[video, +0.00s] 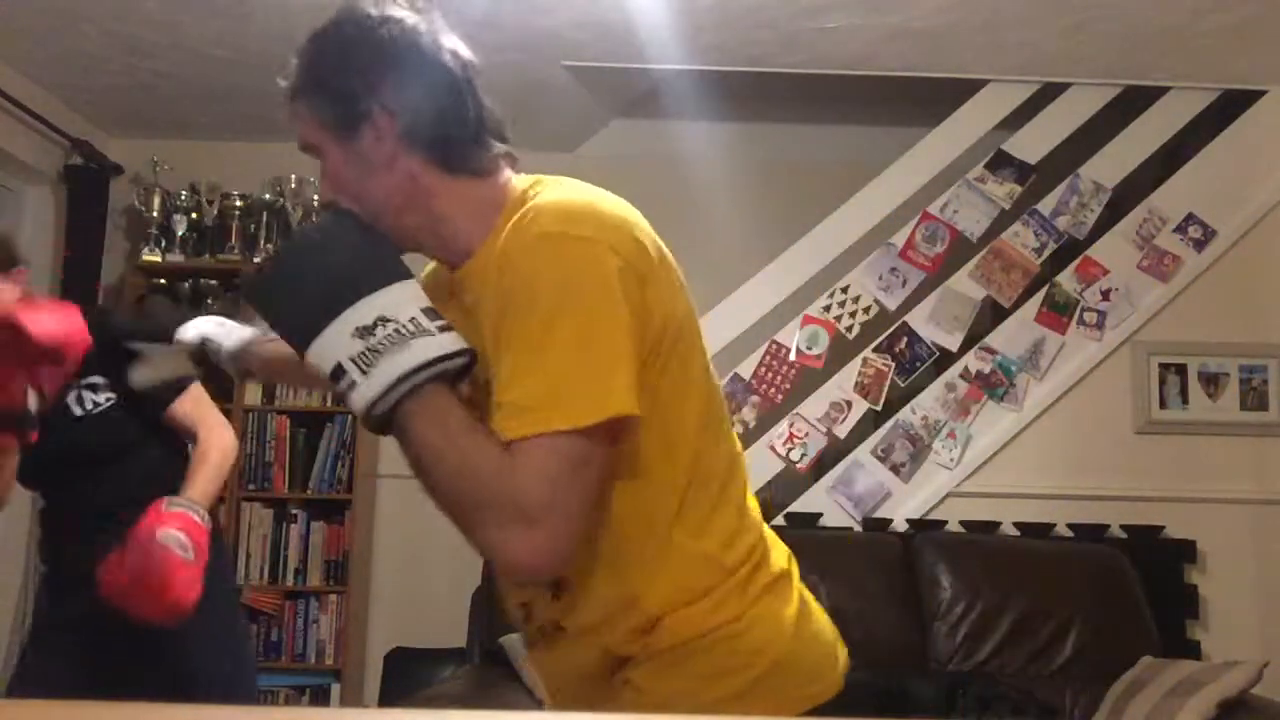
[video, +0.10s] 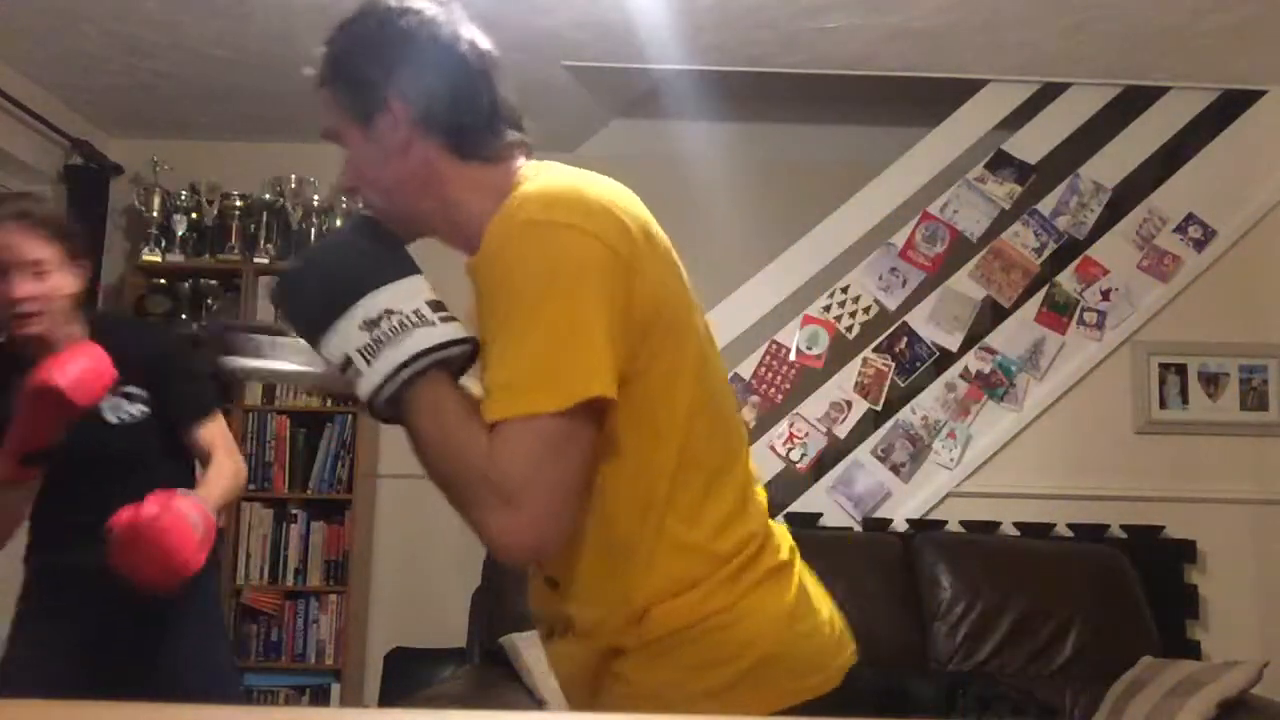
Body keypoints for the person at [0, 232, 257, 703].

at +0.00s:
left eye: (1, 286)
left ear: (19, 280)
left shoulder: (108, 340)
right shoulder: (13, 379)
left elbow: (218, 435)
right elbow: (5, 493)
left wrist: (186, 518)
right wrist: (14, 406)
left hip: (172, 559)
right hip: (72, 578)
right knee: (44, 705)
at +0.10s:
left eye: (37, 271)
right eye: (6, 274)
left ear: (79, 274)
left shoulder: (149, 350)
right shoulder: (9, 376)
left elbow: (229, 461)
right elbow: (3, 530)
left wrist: (194, 510)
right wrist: (28, 438)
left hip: (170, 613)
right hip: (59, 613)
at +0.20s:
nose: (85, 277)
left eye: (103, 256)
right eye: (65, 256)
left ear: (130, 265)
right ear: (33, 262)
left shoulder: (171, 347)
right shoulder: (15, 346)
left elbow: (221, 467)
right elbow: (5, 517)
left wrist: (203, 498)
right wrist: (45, 451)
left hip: (172, 604)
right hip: (55, 607)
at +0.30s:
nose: (110, 266)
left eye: (128, 246)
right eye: (90, 245)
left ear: (148, 251)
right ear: (53, 247)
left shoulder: (182, 341)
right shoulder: (19, 345)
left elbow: (222, 438)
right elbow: (5, 495)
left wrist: (229, 474)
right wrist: (55, 426)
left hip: (182, 595)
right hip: (65, 597)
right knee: (33, 709)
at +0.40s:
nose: (122, 282)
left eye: (139, 262)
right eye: (103, 259)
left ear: (158, 266)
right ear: (63, 259)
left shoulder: (194, 344)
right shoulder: (27, 351)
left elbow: (227, 465)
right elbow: (6, 503)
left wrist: (256, 468)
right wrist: (67, 411)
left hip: (193, 606)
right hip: (79, 605)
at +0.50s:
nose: (157, 292)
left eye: (175, 274)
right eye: (138, 268)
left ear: (192, 280)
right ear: (95, 265)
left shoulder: (218, 344)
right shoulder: (48, 351)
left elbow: (291, 479)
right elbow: (18, 510)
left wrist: (309, 435)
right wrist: (85, 418)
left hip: (216, 627)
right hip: (96, 628)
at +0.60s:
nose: (219, 301)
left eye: (236, 286)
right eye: (201, 280)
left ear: (250, 289)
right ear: (157, 275)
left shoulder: (256, 356)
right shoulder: (102, 350)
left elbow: (341, 469)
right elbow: (50, 511)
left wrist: (382, 395)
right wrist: (118, 411)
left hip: (226, 633)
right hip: (109, 635)